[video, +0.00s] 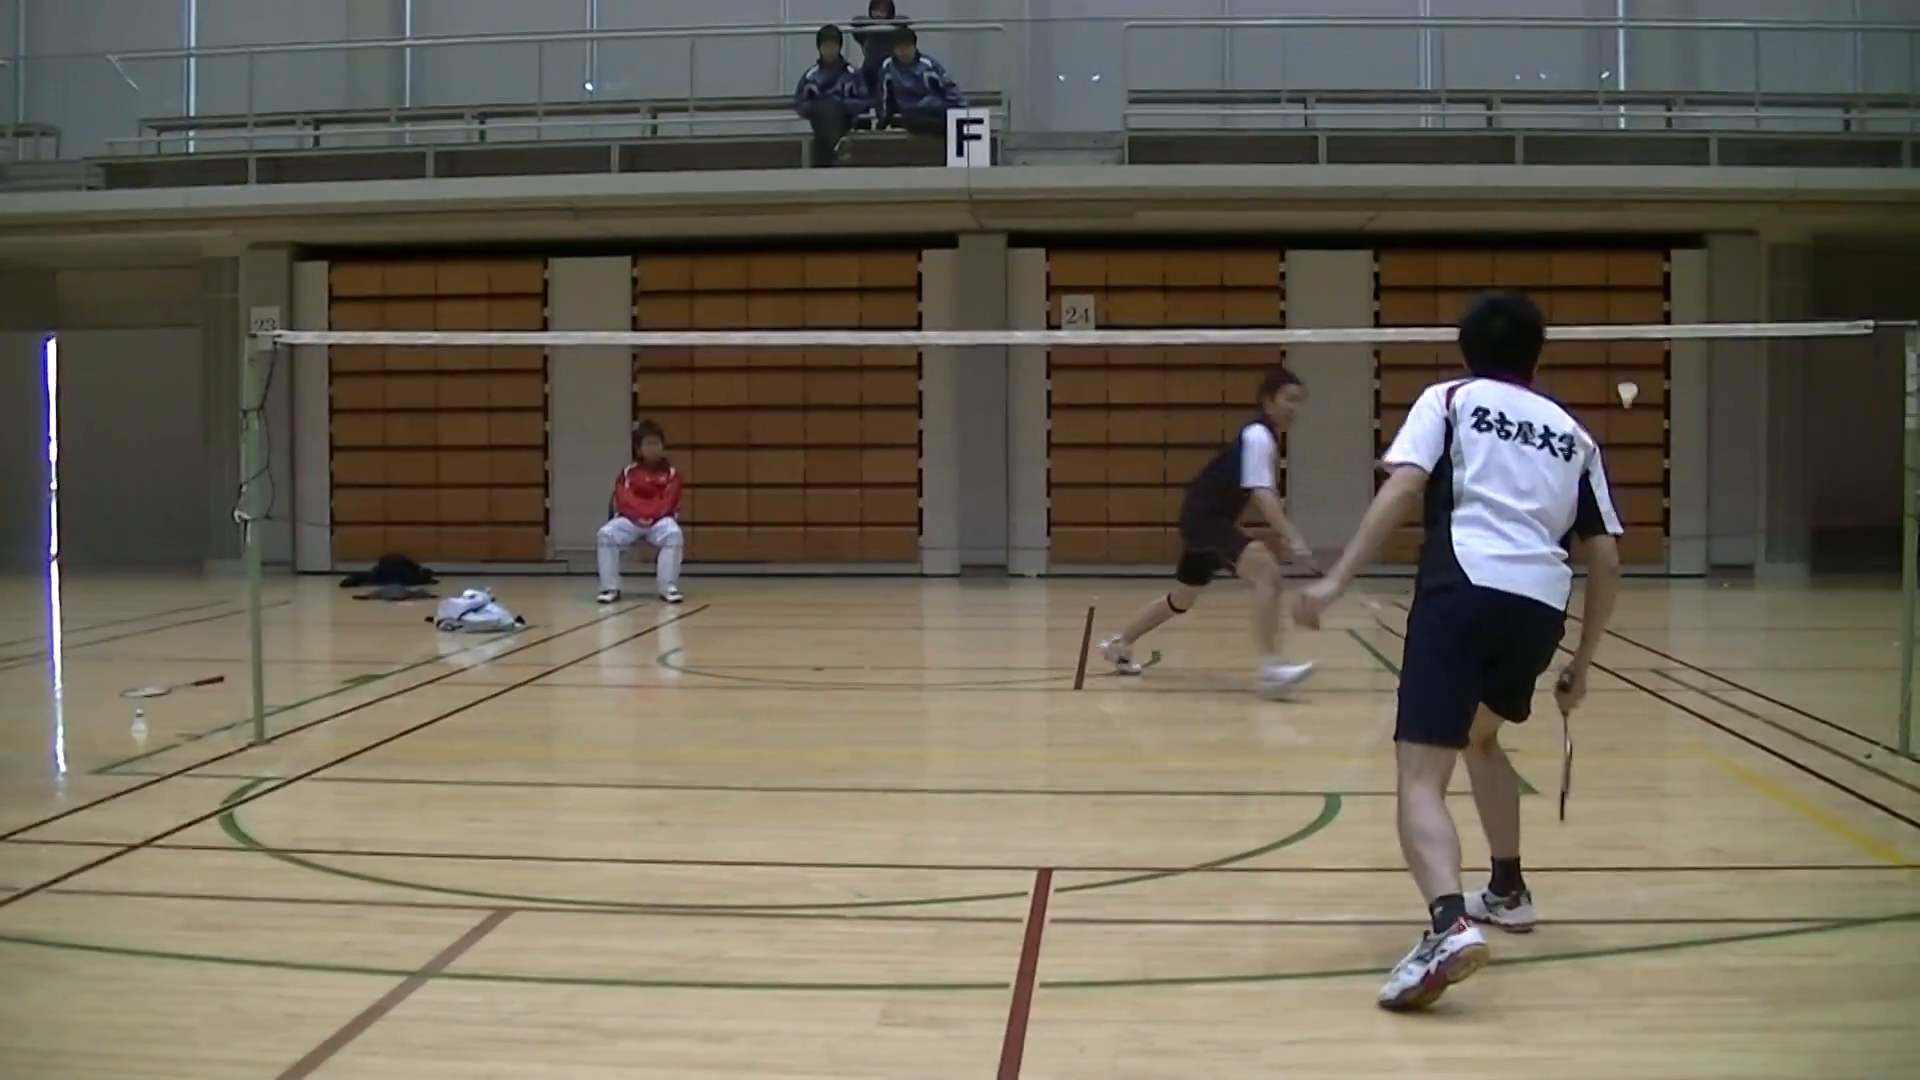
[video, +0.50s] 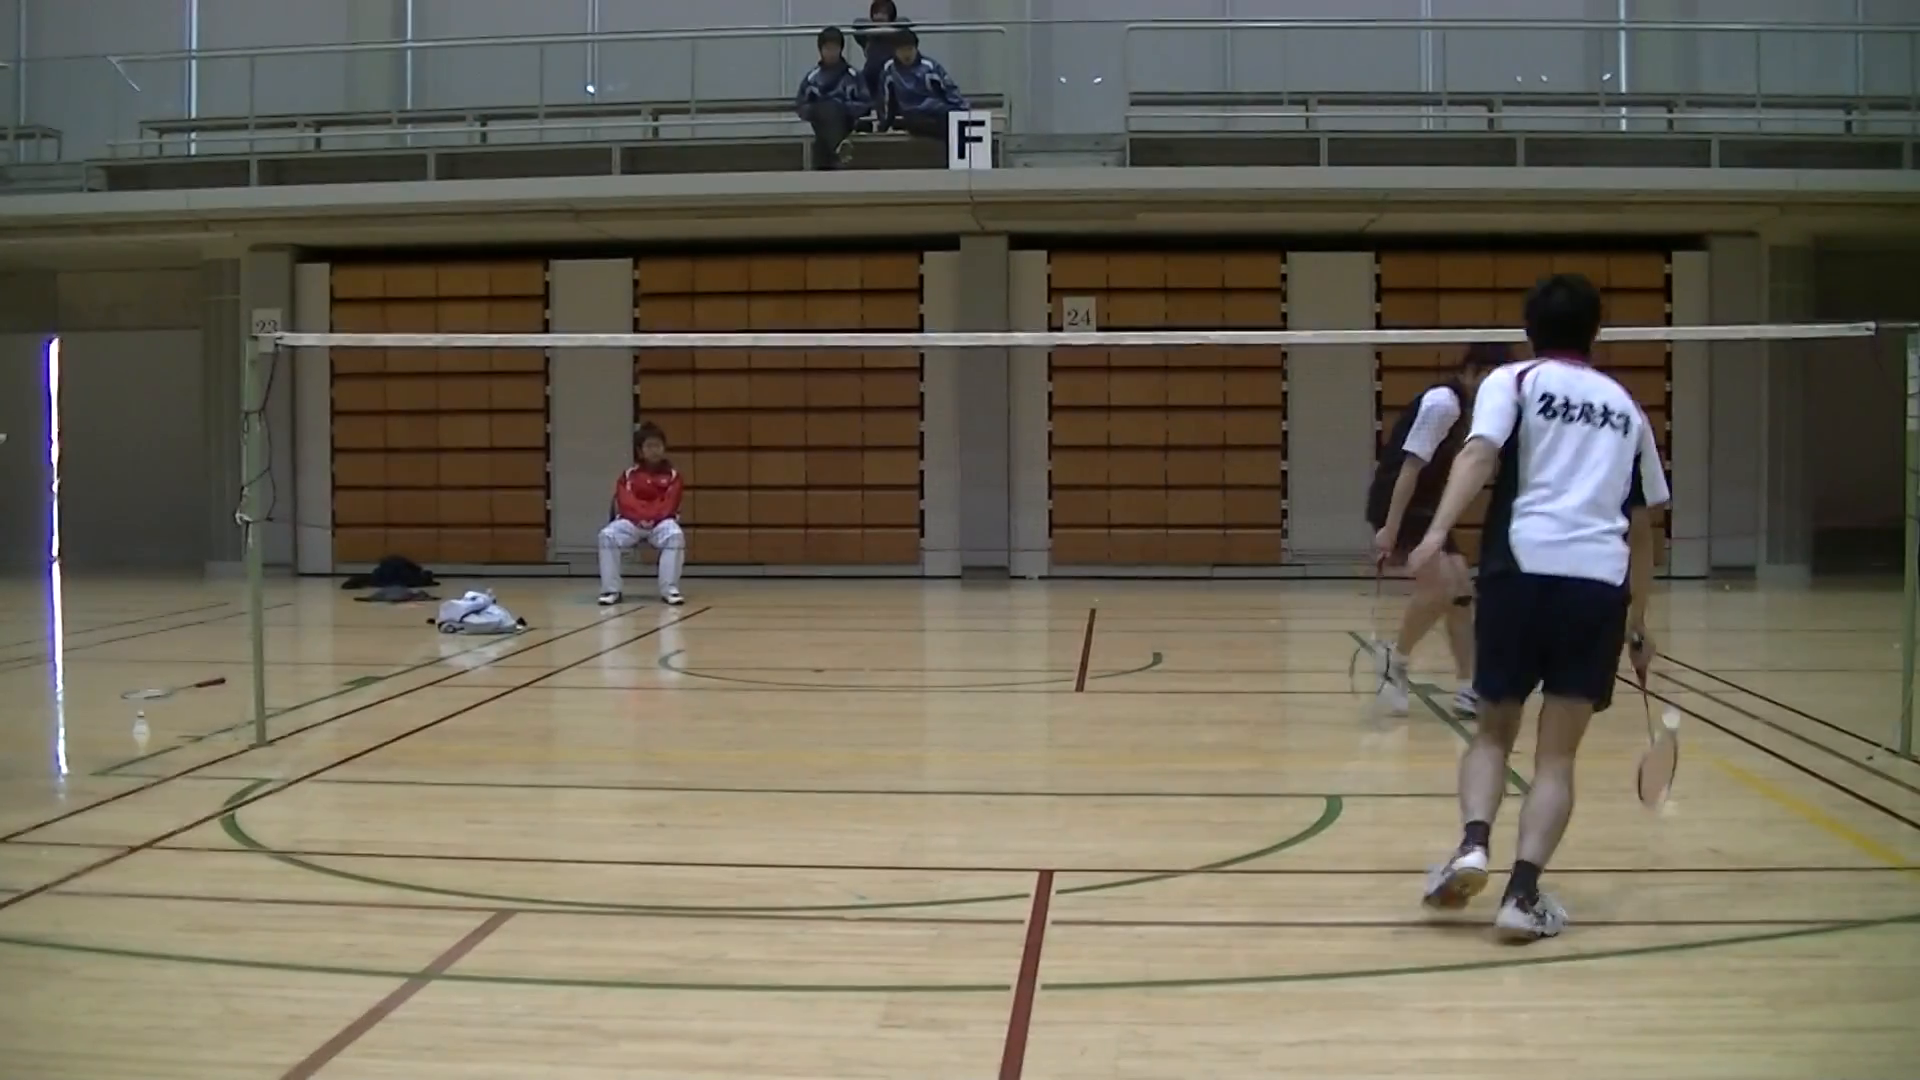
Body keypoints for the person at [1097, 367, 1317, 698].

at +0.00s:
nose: (1295, 408)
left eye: (1299, 401)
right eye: (1290, 399)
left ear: (1299, 403)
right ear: (1268, 400)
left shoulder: (1267, 437)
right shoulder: (1258, 436)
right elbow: (1263, 495)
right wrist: (1292, 538)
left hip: (1210, 521)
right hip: (1206, 521)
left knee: (1179, 600)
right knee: (1265, 569)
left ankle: (1119, 643)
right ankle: (1271, 665)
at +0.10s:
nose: (1349, 426)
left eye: (1352, 419)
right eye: (1342, 417)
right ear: (1320, 417)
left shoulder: (1303, 448)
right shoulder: (1308, 454)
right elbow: (1320, 517)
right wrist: (1346, 567)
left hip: (1251, 540)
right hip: (1255, 541)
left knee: (1224, 613)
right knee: (1314, 591)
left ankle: (1156, 647)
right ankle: (1338, 685)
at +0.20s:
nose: (1399, 439)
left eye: (1402, 431)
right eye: (1392, 430)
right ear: (1369, 429)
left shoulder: (1358, 460)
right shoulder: (1347, 462)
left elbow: (1357, 528)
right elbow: (1355, 532)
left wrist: (1362, 585)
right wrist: (1369, 590)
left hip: (1303, 541)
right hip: (1286, 540)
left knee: (1287, 631)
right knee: (1349, 583)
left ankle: (1219, 649)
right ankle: (1343, 684)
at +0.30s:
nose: (1437, 425)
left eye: (1442, 417)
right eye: (1432, 415)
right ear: (1409, 410)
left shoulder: (1396, 441)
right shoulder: (1385, 443)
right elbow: (1368, 516)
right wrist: (1371, 582)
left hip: (1335, 522)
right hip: (1319, 523)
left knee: (1357, 608)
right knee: (1365, 604)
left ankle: (1290, 647)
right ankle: (1346, 685)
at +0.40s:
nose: (1470, 402)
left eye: (1476, 395)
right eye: (1465, 392)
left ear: (1479, 393)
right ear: (1443, 386)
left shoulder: (1445, 424)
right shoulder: (1417, 415)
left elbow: (1412, 484)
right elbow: (1389, 481)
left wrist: (1408, 537)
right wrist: (1375, 544)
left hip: (1385, 507)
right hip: (1354, 508)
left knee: (1419, 588)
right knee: (1397, 590)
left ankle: (1385, 667)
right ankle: (1361, 668)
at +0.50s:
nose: (1495, 387)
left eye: (1499, 380)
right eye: (1492, 377)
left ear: (1491, 377)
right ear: (1473, 371)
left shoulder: (1474, 410)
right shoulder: (1443, 402)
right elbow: (1410, 467)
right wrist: (1391, 527)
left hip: (1428, 508)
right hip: (1399, 509)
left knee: (1461, 589)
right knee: (1439, 584)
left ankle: (1471, 685)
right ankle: (1395, 661)